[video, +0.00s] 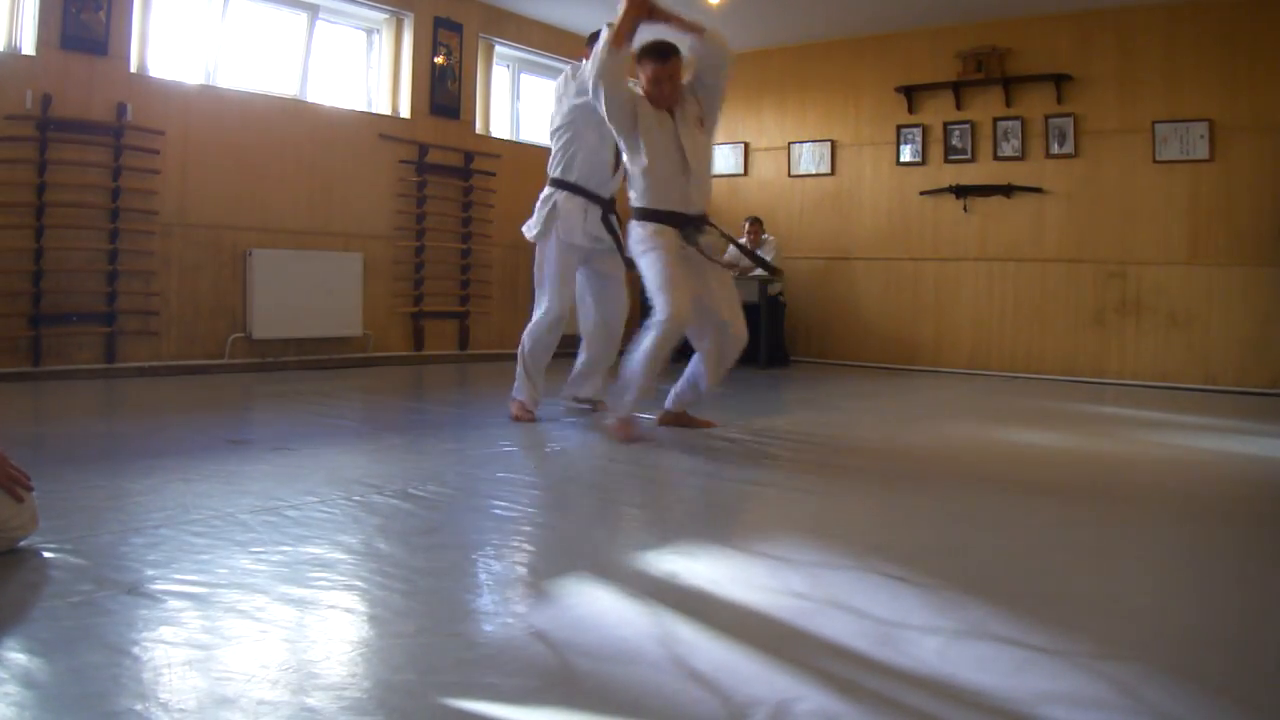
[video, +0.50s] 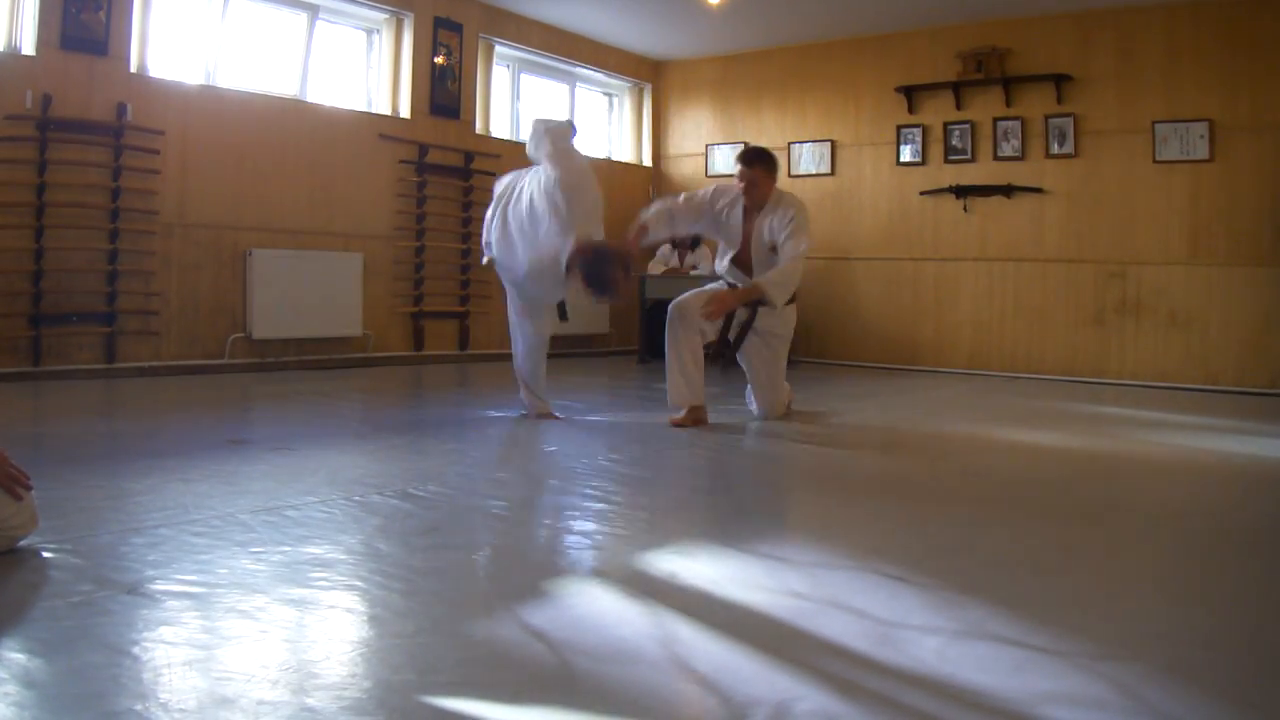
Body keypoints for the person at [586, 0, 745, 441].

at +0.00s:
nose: (662, 86)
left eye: (668, 77)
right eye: (653, 78)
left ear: (681, 74)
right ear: (638, 79)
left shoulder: (699, 112)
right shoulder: (631, 117)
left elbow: (719, 53)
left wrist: (670, 19)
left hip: (695, 235)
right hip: (652, 230)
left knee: (730, 334)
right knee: (673, 312)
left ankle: (677, 407)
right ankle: (620, 413)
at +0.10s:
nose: (676, 96)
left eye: (684, 88)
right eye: (669, 89)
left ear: (697, 90)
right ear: (659, 92)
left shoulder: (717, 128)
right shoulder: (648, 129)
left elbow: (727, 108)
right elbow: (607, 156)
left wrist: (691, 89)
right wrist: (603, 94)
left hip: (716, 240)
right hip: (672, 239)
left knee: (755, 332)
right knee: (703, 321)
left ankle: (700, 402)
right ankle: (676, 391)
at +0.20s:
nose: (688, 128)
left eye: (696, 120)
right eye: (681, 120)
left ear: (713, 118)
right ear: (674, 121)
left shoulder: (737, 143)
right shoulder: (664, 155)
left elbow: (731, 183)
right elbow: (636, 199)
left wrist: (666, 185)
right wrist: (613, 227)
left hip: (735, 262)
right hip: (687, 262)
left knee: (770, 355)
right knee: (702, 343)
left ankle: (720, 374)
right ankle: (687, 408)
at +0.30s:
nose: (697, 165)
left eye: (706, 157)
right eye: (693, 156)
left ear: (725, 154)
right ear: (687, 155)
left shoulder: (750, 181)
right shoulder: (675, 188)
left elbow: (757, 247)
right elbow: (652, 237)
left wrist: (698, 264)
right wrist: (630, 281)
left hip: (748, 285)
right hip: (700, 283)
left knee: (758, 386)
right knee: (687, 344)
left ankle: (773, 379)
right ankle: (697, 410)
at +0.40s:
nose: (723, 191)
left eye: (731, 185)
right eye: (720, 183)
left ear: (750, 183)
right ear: (715, 180)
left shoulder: (770, 213)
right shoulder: (701, 204)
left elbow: (769, 276)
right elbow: (659, 234)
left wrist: (711, 305)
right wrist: (633, 276)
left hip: (760, 301)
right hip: (715, 292)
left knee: (766, 409)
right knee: (685, 324)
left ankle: (788, 385)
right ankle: (695, 413)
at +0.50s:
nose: (743, 189)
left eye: (752, 183)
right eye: (741, 180)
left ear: (771, 182)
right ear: (736, 177)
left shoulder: (790, 211)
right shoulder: (723, 199)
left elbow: (790, 272)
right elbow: (673, 208)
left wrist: (738, 297)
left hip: (771, 304)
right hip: (728, 289)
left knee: (768, 408)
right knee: (682, 311)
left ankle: (779, 395)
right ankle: (694, 407)